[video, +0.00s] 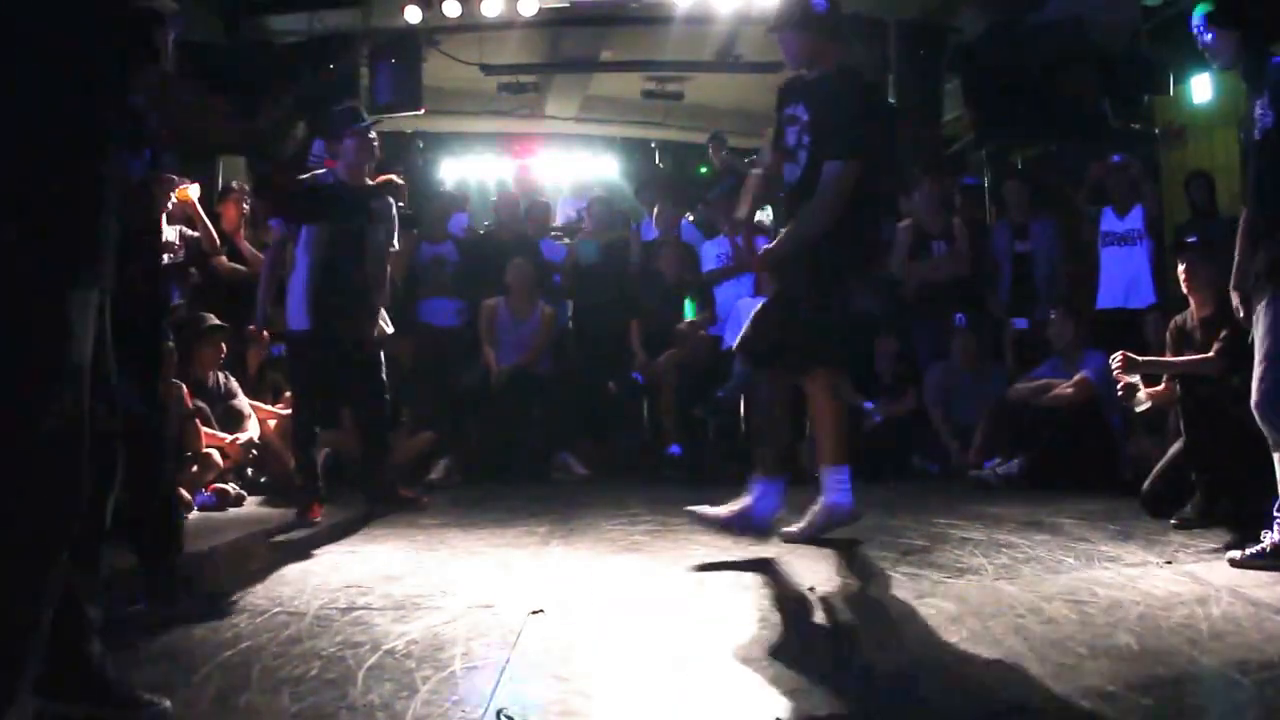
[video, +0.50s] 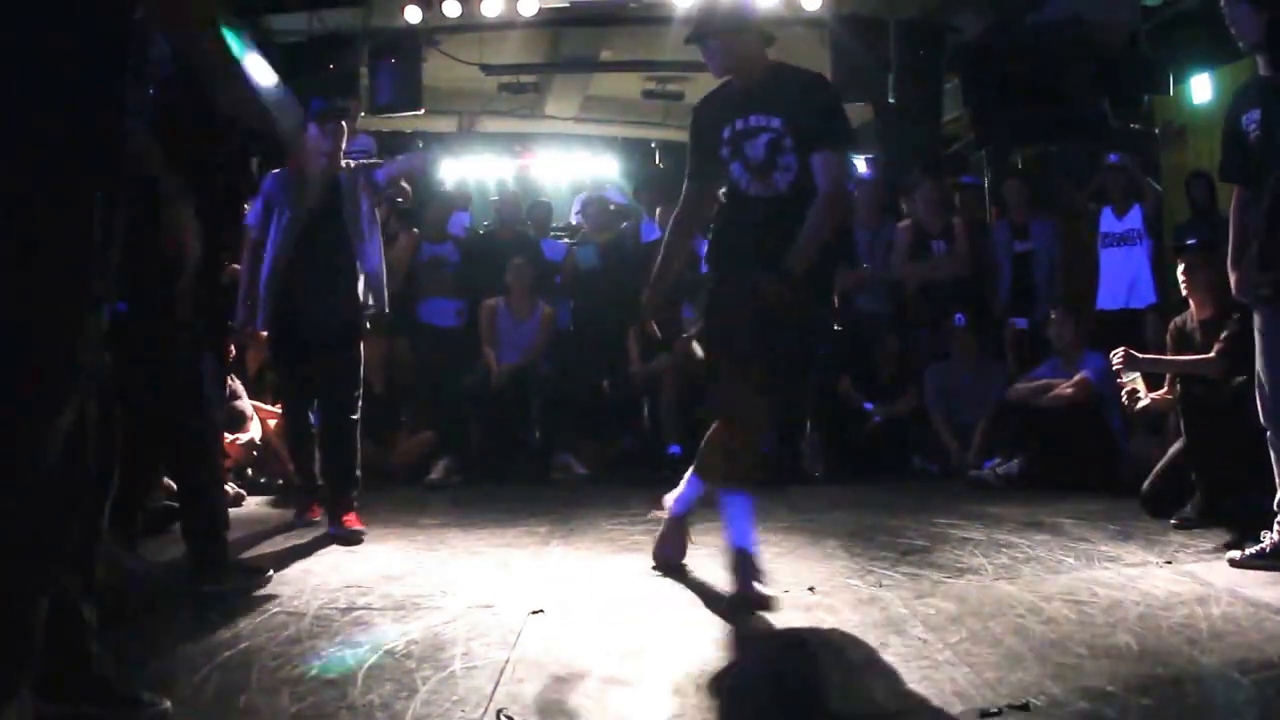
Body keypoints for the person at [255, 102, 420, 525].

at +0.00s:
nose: (369, 149)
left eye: (373, 142)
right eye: (360, 141)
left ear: (377, 151)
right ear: (337, 147)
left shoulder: (383, 202)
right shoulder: (308, 189)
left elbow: (384, 263)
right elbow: (277, 250)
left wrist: (379, 311)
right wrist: (263, 312)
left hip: (361, 321)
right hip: (308, 320)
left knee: (375, 409)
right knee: (306, 413)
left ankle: (379, 486)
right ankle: (309, 496)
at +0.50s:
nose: (331, 145)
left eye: (338, 138)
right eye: (324, 136)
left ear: (346, 142)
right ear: (306, 137)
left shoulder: (360, 185)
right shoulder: (278, 186)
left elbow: (408, 164)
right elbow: (254, 252)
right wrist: (249, 316)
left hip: (343, 317)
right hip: (291, 317)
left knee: (344, 411)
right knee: (296, 409)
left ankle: (345, 505)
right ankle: (308, 496)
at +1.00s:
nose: (350, 120)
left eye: (354, 113)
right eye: (341, 111)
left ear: (356, 121)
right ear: (316, 115)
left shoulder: (366, 161)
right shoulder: (284, 166)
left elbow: (416, 143)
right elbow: (254, 230)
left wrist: (470, 119)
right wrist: (242, 288)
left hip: (349, 306)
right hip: (293, 305)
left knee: (345, 414)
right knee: (290, 417)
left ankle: (342, 511)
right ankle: (291, 513)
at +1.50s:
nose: (362, 134)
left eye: (363, 125)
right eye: (357, 124)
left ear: (344, 124)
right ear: (332, 120)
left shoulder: (339, 173)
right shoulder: (298, 170)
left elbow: (340, 249)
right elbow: (288, 249)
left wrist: (354, 307)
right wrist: (293, 317)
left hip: (339, 315)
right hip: (300, 316)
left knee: (359, 402)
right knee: (294, 416)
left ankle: (339, 493)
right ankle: (290, 514)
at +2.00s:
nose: (404, 175)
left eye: (405, 168)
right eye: (403, 166)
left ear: (375, 151)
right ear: (390, 155)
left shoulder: (325, 187)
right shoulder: (371, 172)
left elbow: (310, 245)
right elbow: (369, 220)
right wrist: (420, 269)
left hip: (317, 308)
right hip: (345, 309)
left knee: (337, 407)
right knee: (338, 407)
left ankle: (343, 489)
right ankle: (307, 496)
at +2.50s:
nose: (452, 166)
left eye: (454, 157)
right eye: (447, 155)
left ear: (424, 154)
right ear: (420, 151)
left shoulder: (393, 191)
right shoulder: (406, 193)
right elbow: (387, 255)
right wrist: (385, 318)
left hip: (394, 325)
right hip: (410, 327)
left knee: (378, 412)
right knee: (434, 413)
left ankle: (355, 486)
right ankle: (442, 489)